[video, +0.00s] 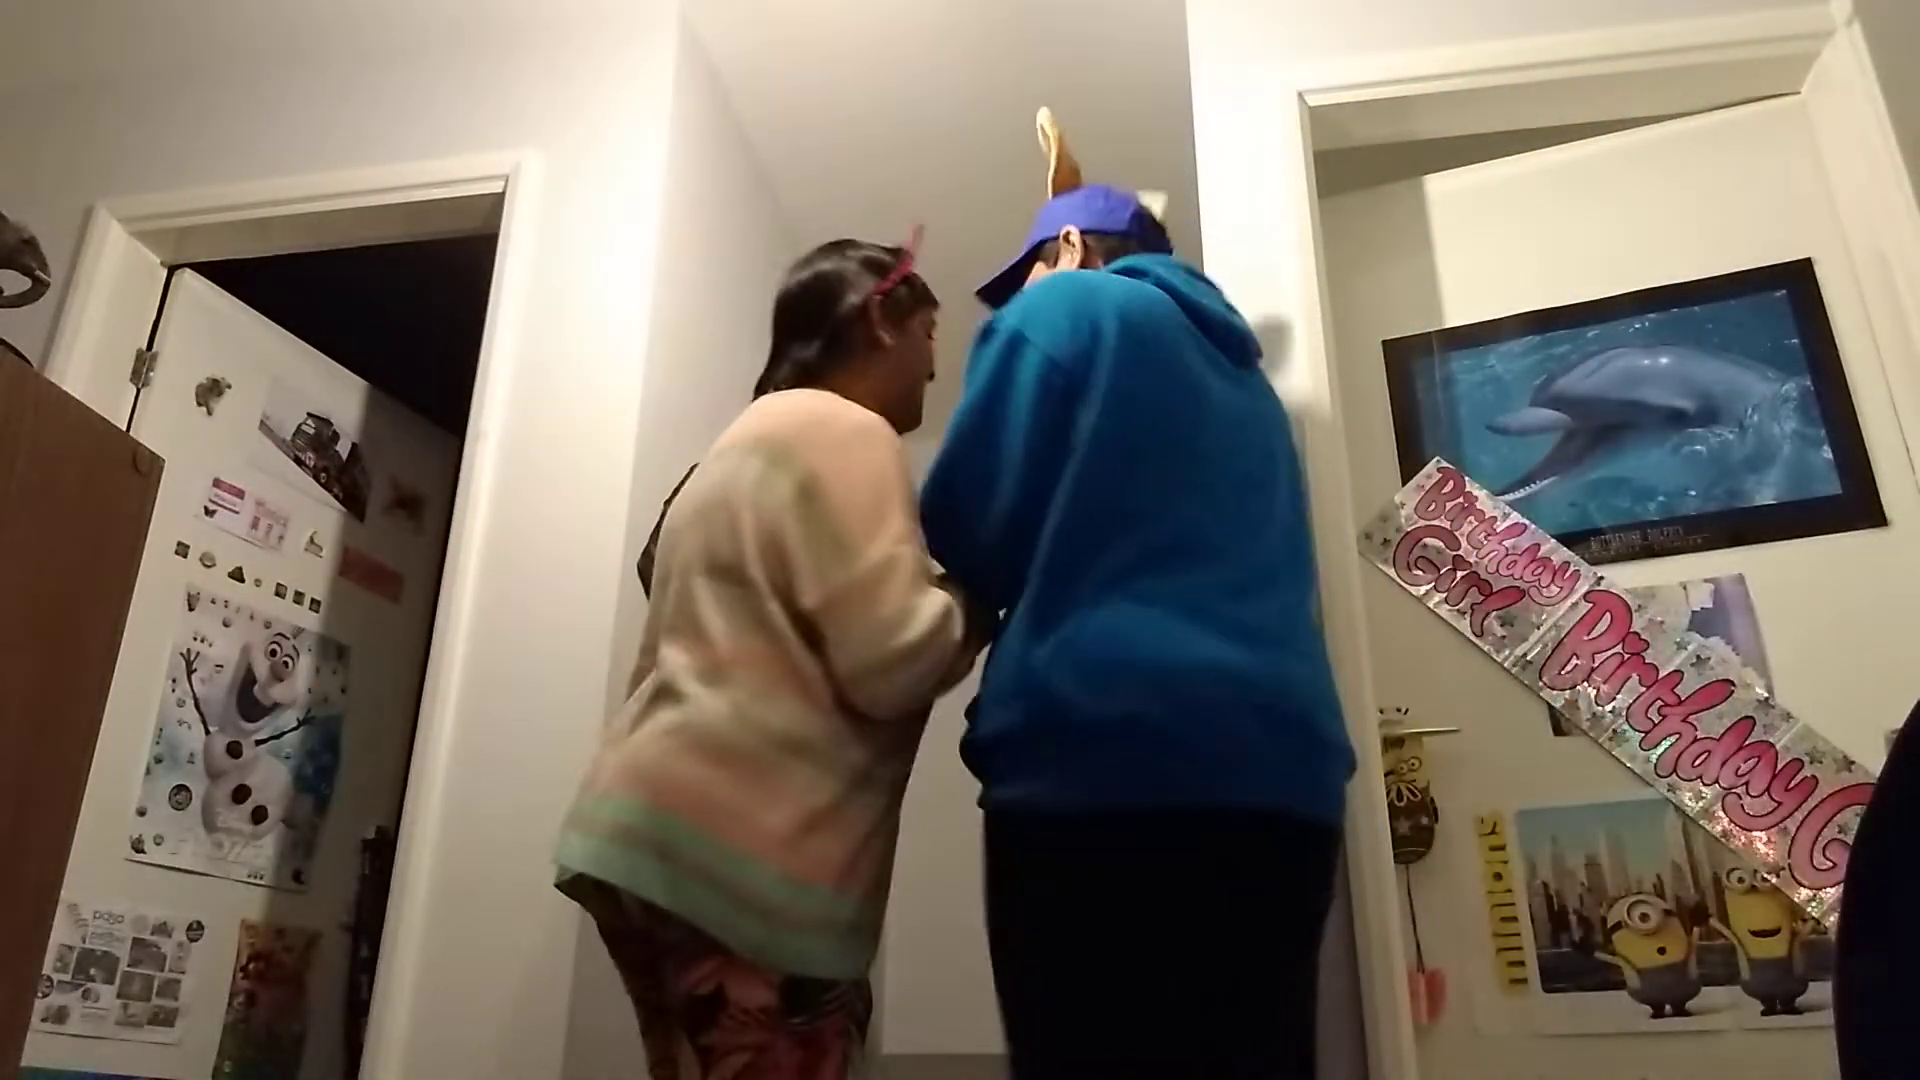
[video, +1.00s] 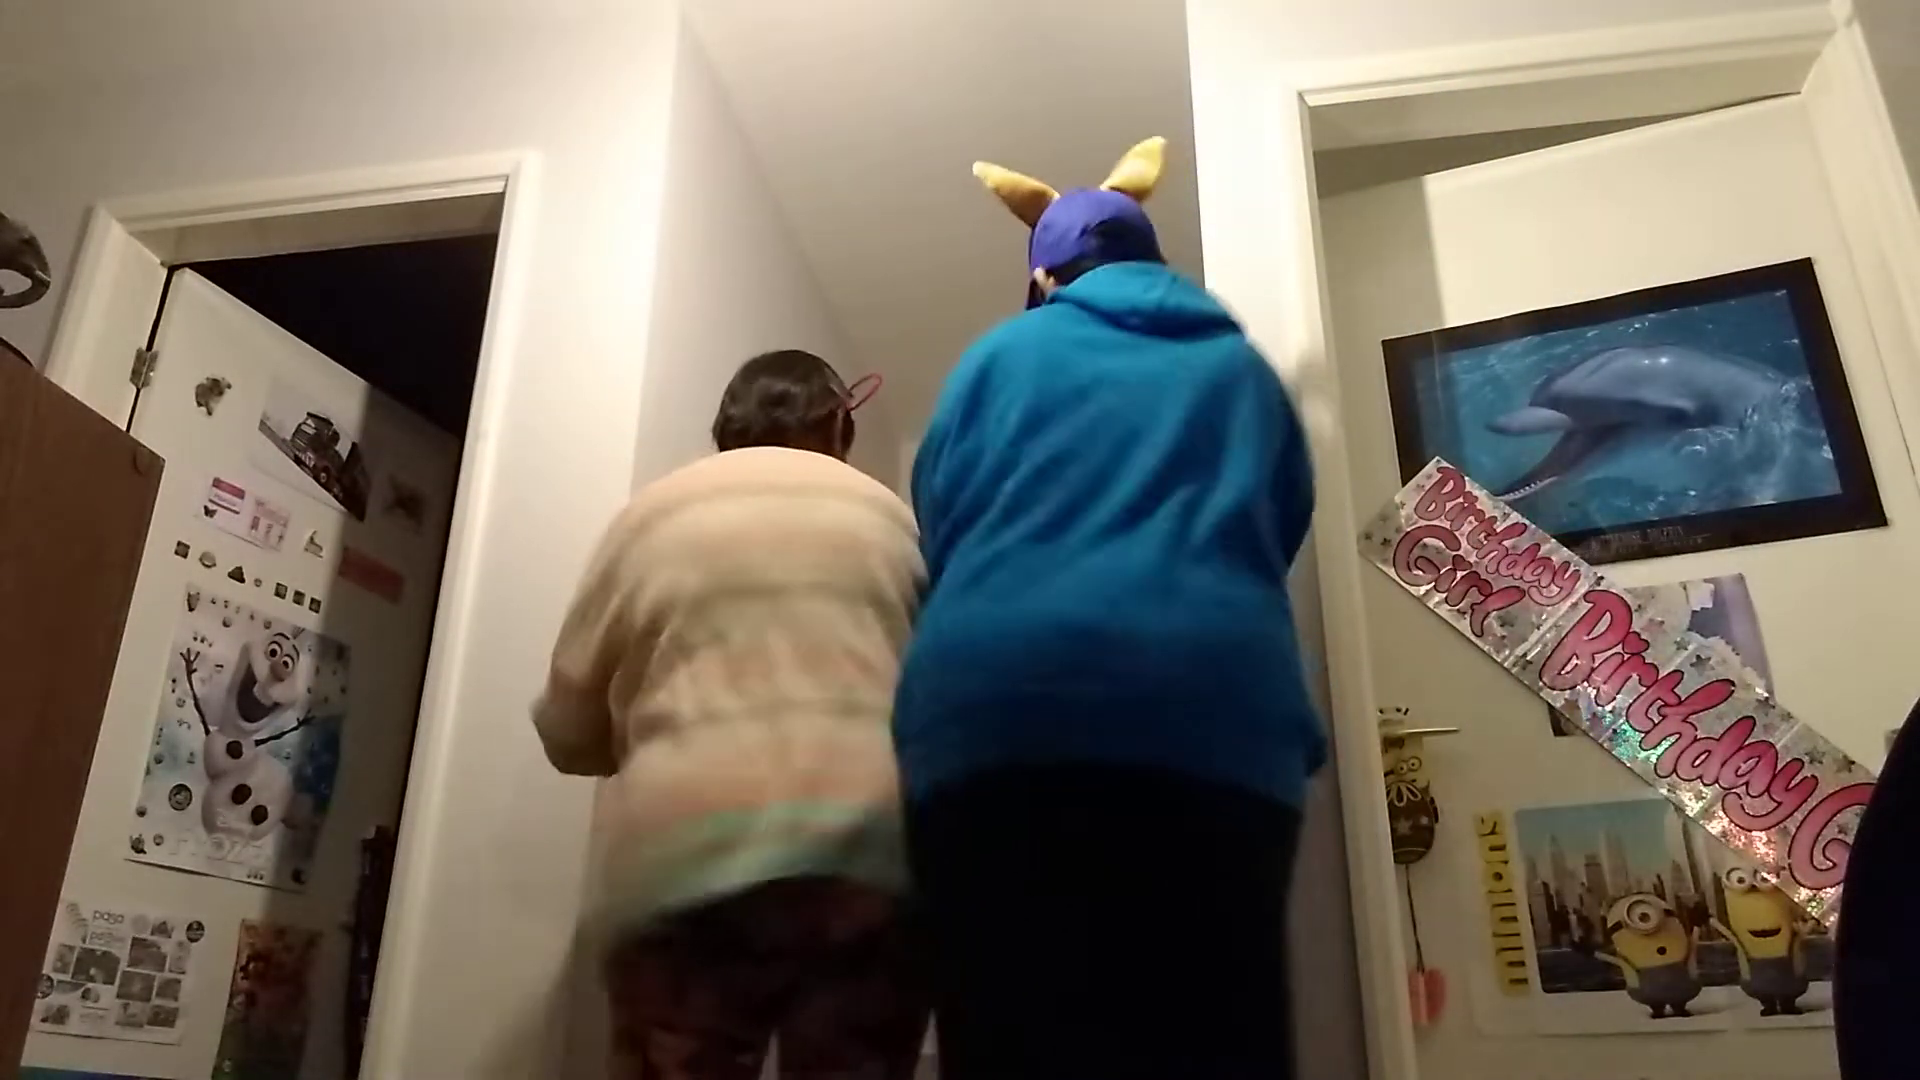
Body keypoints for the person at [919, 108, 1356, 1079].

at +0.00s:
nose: (1020, 297)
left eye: (1026, 277)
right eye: (1020, 284)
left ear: (1067, 250)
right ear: (1158, 255)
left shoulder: (1058, 311)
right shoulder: (1246, 377)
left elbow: (964, 530)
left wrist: (1002, 600)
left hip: (1091, 760)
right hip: (1280, 770)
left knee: (1080, 1050)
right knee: (1255, 1054)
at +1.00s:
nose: (1026, 288)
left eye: (1030, 275)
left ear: (1044, 279)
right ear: (1155, 262)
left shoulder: (992, 360)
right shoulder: (1241, 366)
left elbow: (938, 519)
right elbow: (1286, 517)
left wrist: (985, 619)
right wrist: (1209, 605)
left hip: (989, 719)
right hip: (1222, 722)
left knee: (1008, 1027)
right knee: (1219, 1023)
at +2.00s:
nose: (1332, 182)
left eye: (1335, 163)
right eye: (1316, 155)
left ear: (1229, 157)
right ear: (1241, 149)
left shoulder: (1177, 256)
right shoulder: (1272, 221)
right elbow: (1462, 380)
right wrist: (1455, 326)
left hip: (1146, 683)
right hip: (1248, 678)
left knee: (1224, 1023)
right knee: (1305, 1027)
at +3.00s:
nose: (1557, 151)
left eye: (1572, 129)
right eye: (1514, 135)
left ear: (1598, 155)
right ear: (1462, 189)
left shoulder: (1626, 283)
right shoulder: (1500, 276)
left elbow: (1840, 489)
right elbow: (1659, 388)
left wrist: (1794, 322)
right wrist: (1770, 271)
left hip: (1757, 714)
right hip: (1659, 738)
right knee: (1801, 1031)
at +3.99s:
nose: (1566, 217)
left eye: (1583, 180)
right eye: (1554, 203)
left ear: (1676, 154)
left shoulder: (1767, 249)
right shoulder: (1626, 353)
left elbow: (1712, 481)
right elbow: (1592, 622)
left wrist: (1525, 446)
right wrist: (1518, 516)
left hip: (1818, 780)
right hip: (1702, 797)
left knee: (1836, 1053)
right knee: (1772, 1054)